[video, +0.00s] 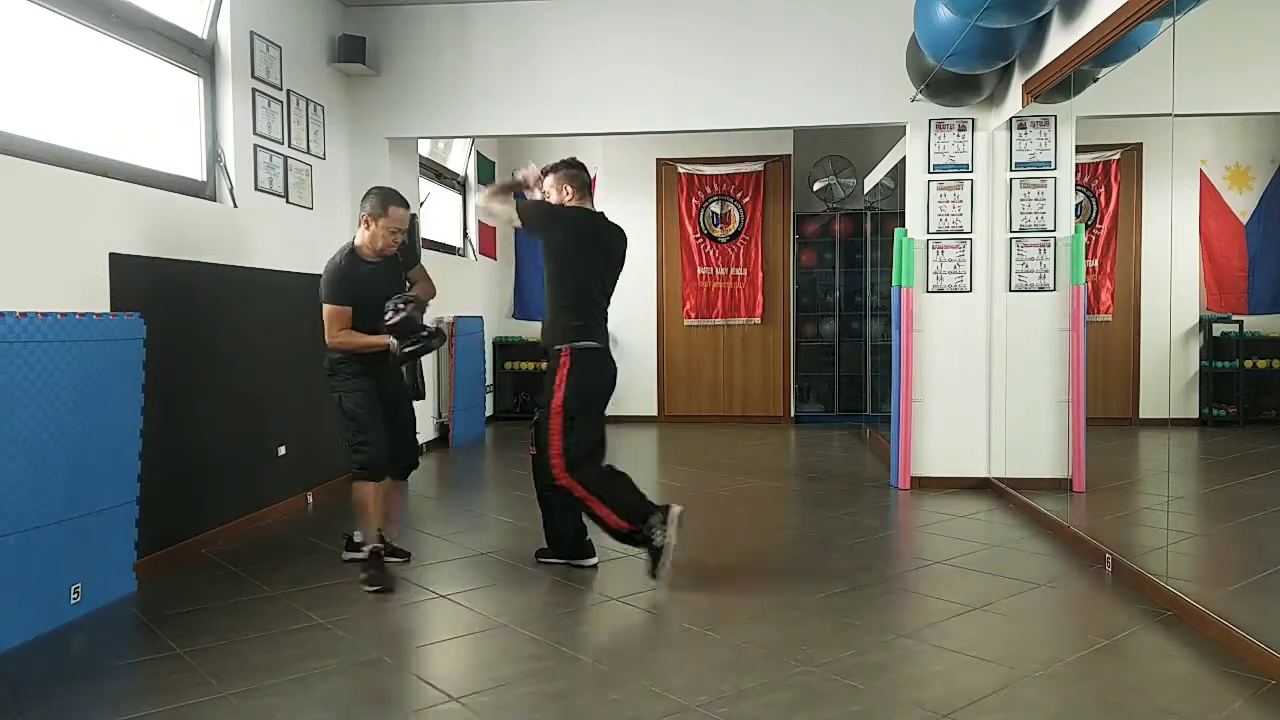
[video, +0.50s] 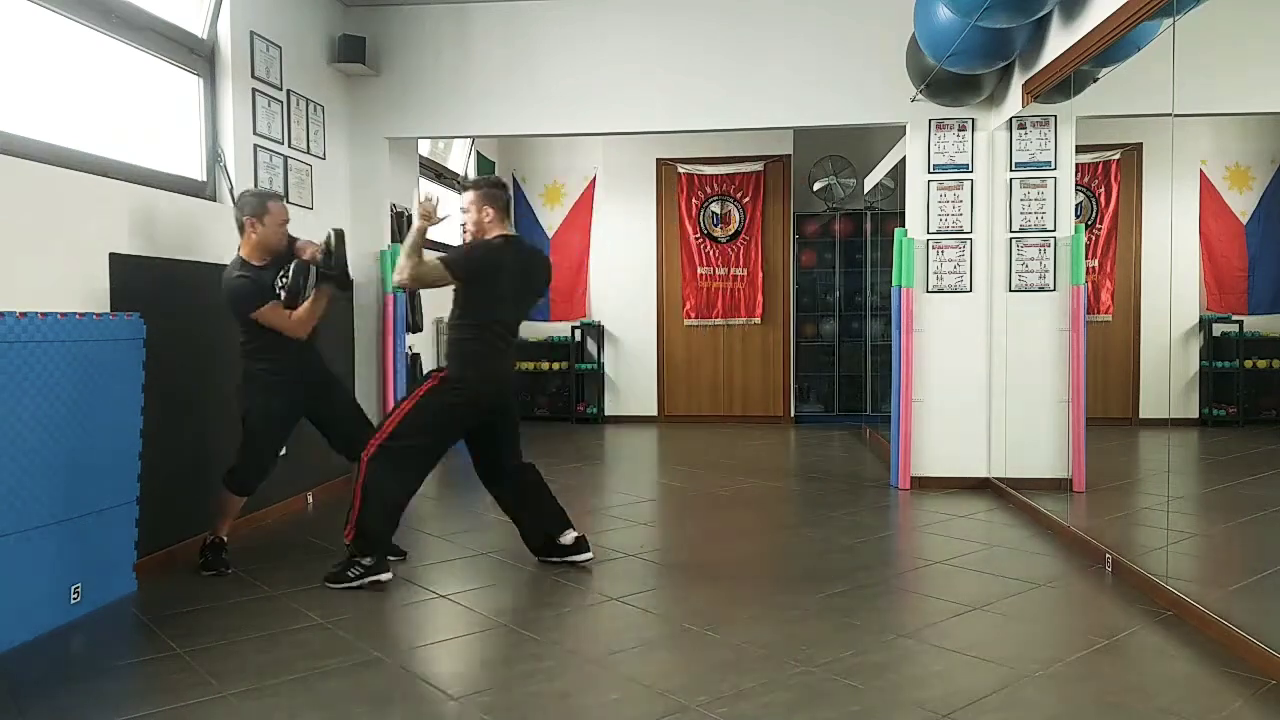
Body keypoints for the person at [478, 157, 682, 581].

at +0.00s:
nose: (547, 199)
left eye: (548, 192)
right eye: (546, 192)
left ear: (565, 192)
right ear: (587, 193)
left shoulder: (556, 219)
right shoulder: (614, 233)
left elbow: (487, 202)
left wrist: (518, 183)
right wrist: (533, 190)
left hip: (571, 360)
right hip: (594, 359)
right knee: (547, 456)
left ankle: (649, 523)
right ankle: (570, 547)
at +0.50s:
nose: (463, 223)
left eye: (467, 214)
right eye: (463, 215)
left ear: (490, 214)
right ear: (503, 216)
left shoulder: (482, 255)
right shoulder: (537, 263)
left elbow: (406, 274)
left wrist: (419, 226)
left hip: (461, 380)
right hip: (498, 382)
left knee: (381, 455)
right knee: (504, 467)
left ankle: (366, 557)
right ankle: (562, 540)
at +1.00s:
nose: (343, 203)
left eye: (343, 195)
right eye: (342, 195)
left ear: (358, 192)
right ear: (379, 187)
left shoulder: (390, 242)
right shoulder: (405, 222)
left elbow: (320, 278)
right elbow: (339, 273)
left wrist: (315, 219)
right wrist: (325, 213)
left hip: (398, 365)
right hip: (428, 361)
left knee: (344, 456)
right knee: (434, 450)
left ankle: (332, 560)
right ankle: (506, 520)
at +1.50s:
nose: (467, 192)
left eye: (467, 184)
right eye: (467, 185)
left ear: (479, 180)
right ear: (509, 178)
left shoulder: (479, 218)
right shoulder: (543, 218)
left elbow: (415, 245)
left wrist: (416, 229)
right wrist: (446, 233)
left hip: (501, 351)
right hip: (533, 350)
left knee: (455, 441)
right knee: (488, 444)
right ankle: (478, 543)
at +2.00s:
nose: (618, 212)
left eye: (617, 202)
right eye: (614, 203)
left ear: (632, 192)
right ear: (640, 192)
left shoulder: (672, 219)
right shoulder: (663, 233)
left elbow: (699, 266)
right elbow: (662, 298)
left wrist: (641, 299)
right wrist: (633, 265)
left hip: (692, 356)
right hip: (718, 355)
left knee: (639, 447)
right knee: (733, 457)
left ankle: (638, 558)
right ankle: (777, 553)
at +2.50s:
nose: (747, 209)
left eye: (748, 198)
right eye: (743, 201)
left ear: (772, 189)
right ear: (774, 192)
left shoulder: (806, 228)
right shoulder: (789, 232)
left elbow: (754, 279)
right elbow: (762, 284)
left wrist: (719, 236)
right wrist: (733, 238)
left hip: (842, 371)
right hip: (804, 373)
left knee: (860, 467)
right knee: (769, 454)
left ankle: (911, 563)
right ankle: (798, 553)